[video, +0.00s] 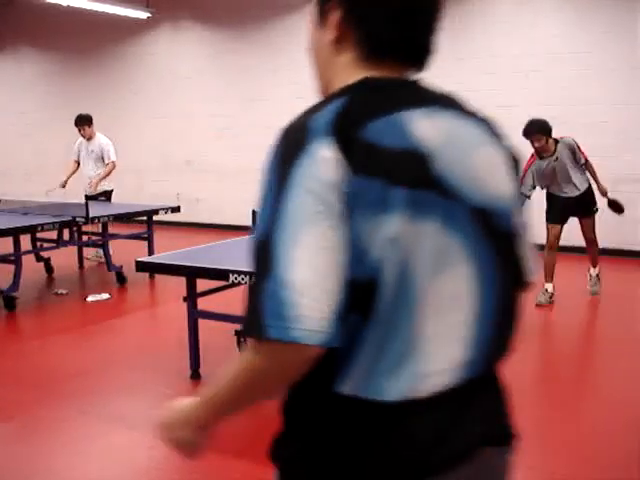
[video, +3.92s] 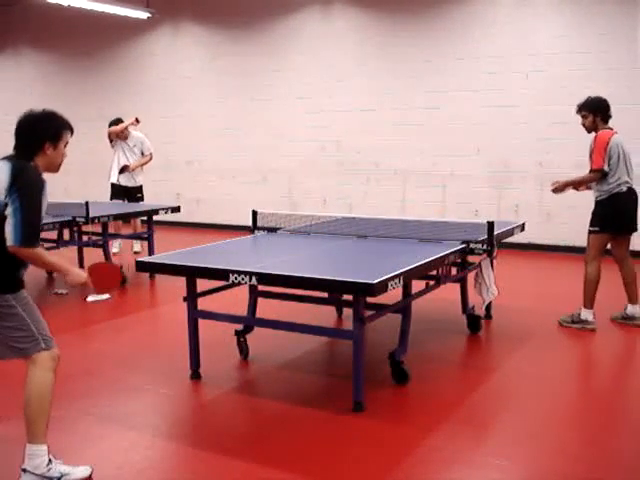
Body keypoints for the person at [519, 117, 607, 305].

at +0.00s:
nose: (536, 145)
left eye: (539, 140)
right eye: (533, 142)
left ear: (548, 136)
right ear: (530, 141)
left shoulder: (568, 145)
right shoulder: (533, 165)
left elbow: (586, 164)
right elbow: (520, 197)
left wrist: (599, 185)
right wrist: (512, 225)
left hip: (581, 192)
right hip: (556, 197)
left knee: (589, 237)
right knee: (551, 242)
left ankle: (594, 272)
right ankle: (548, 288)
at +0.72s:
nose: (545, 124)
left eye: (549, 120)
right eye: (542, 121)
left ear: (558, 120)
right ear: (539, 123)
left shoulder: (573, 141)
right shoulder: (536, 149)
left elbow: (585, 166)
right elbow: (531, 173)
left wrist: (576, 183)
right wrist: (532, 195)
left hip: (576, 195)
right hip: (550, 196)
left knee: (579, 243)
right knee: (548, 241)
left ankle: (582, 282)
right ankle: (547, 287)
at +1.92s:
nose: (572, 122)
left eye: (576, 118)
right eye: (570, 118)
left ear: (588, 119)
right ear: (570, 119)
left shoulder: (603, 142)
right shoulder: (565, 147)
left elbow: (610, 173)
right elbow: (559, 177)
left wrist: (587, 175)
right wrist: (545, 187)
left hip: (598, 200)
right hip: (572, 199)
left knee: (600, 250)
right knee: (557, 246)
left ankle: (604, 293)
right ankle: (548, 285)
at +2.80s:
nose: (578, 118)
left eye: (582, 114)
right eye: (578, 114)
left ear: (595, 115)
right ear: (586, 116)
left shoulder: (607, 141)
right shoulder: (587, 144)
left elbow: (607, 175)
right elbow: (587, 181)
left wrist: (573, 173)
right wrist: (564, 187)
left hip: (605, 205)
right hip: (585, 203)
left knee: (603, 260)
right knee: (576, 252)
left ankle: (621, 317)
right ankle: (578, 301)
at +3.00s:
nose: (582, 119)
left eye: (586, 113)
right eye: (582, 114)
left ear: (599, 114)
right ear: (601, 115)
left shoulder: (610, 138)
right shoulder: (609, 137)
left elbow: (600, 174)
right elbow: (607, 176)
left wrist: (567, 173)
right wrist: (589, 191)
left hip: (618, 204)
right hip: (610, 202)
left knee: (611, 260)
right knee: (599, 252)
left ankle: (622, 318)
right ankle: (602, 302)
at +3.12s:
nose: (585, 120)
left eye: (587, 115)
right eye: (584, 115)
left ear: (600, 115)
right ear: (603, 115)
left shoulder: (609, 138)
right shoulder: (616, 135)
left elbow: (603, 175)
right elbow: (611, 175)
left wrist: (578, 192)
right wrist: (594, 194)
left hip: (616, 202)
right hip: (621, 200)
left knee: (613, 260)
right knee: (611, 256)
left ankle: (622, 317)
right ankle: (619, 307)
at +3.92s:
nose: (581, 122)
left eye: (584, 117)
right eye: (581, 117)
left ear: (597, 116)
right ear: (602, 117)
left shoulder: (600, 137)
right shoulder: (614, 138)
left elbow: (597, 174)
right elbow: (607, 177)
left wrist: (567, 183)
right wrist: (581, 184)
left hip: (609, 199)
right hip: (627, 197)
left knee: (592, 258)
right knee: (622, 254)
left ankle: (586, 314)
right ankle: (633, 308)